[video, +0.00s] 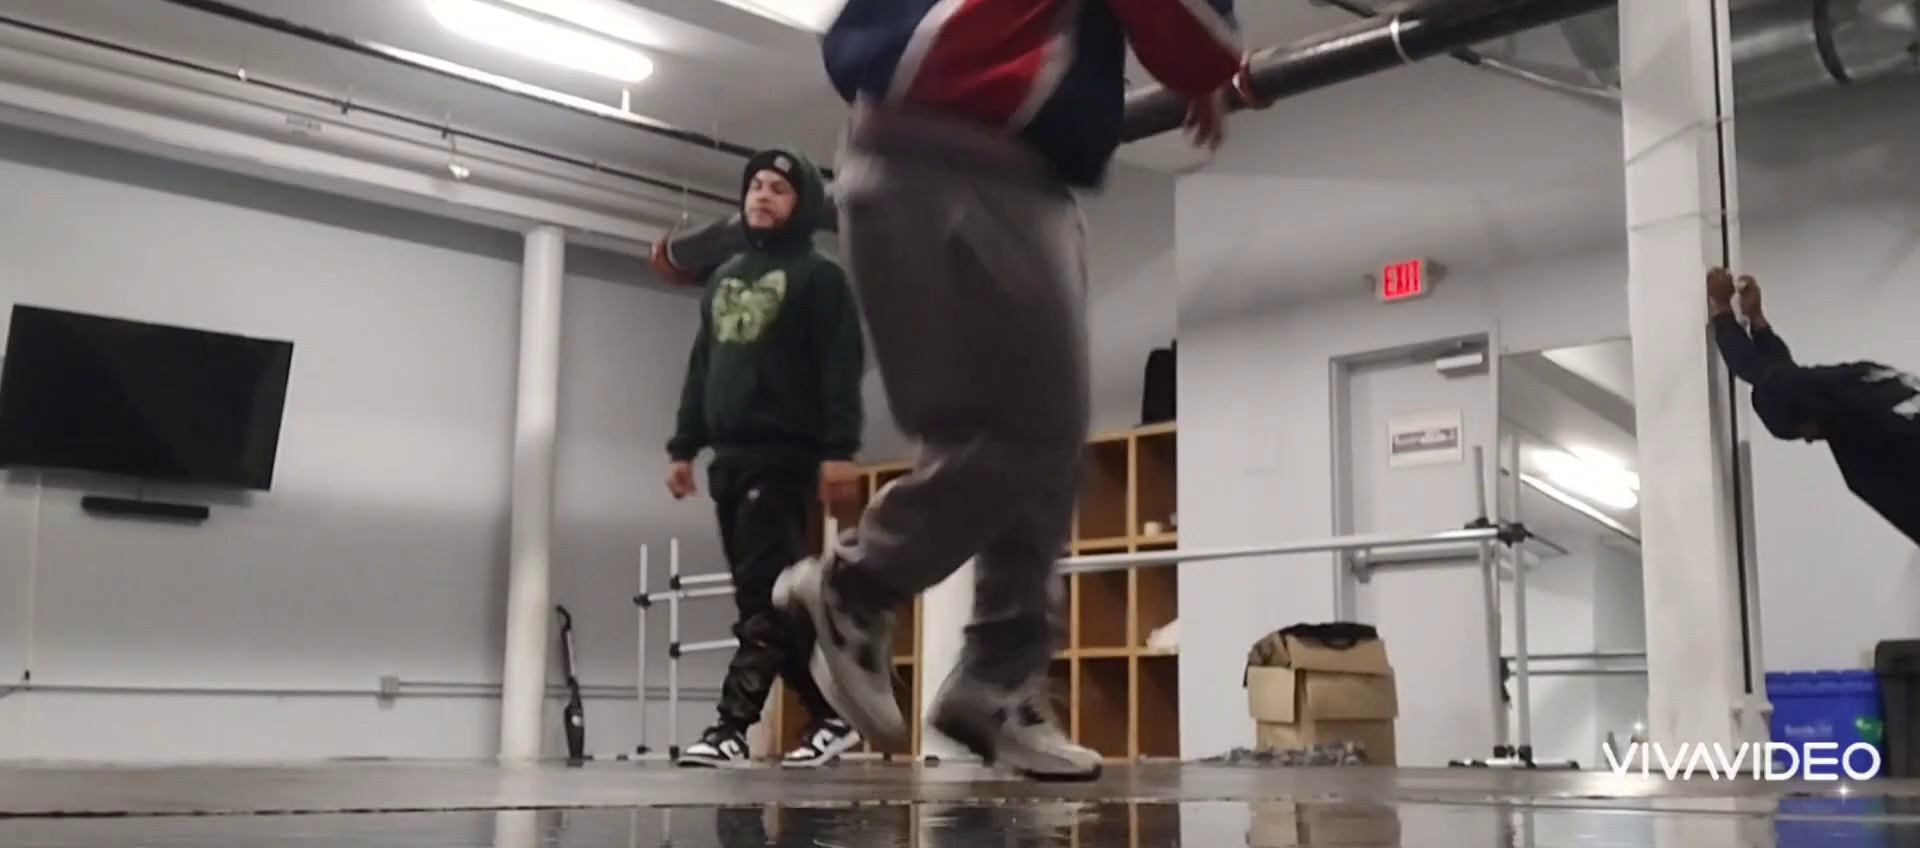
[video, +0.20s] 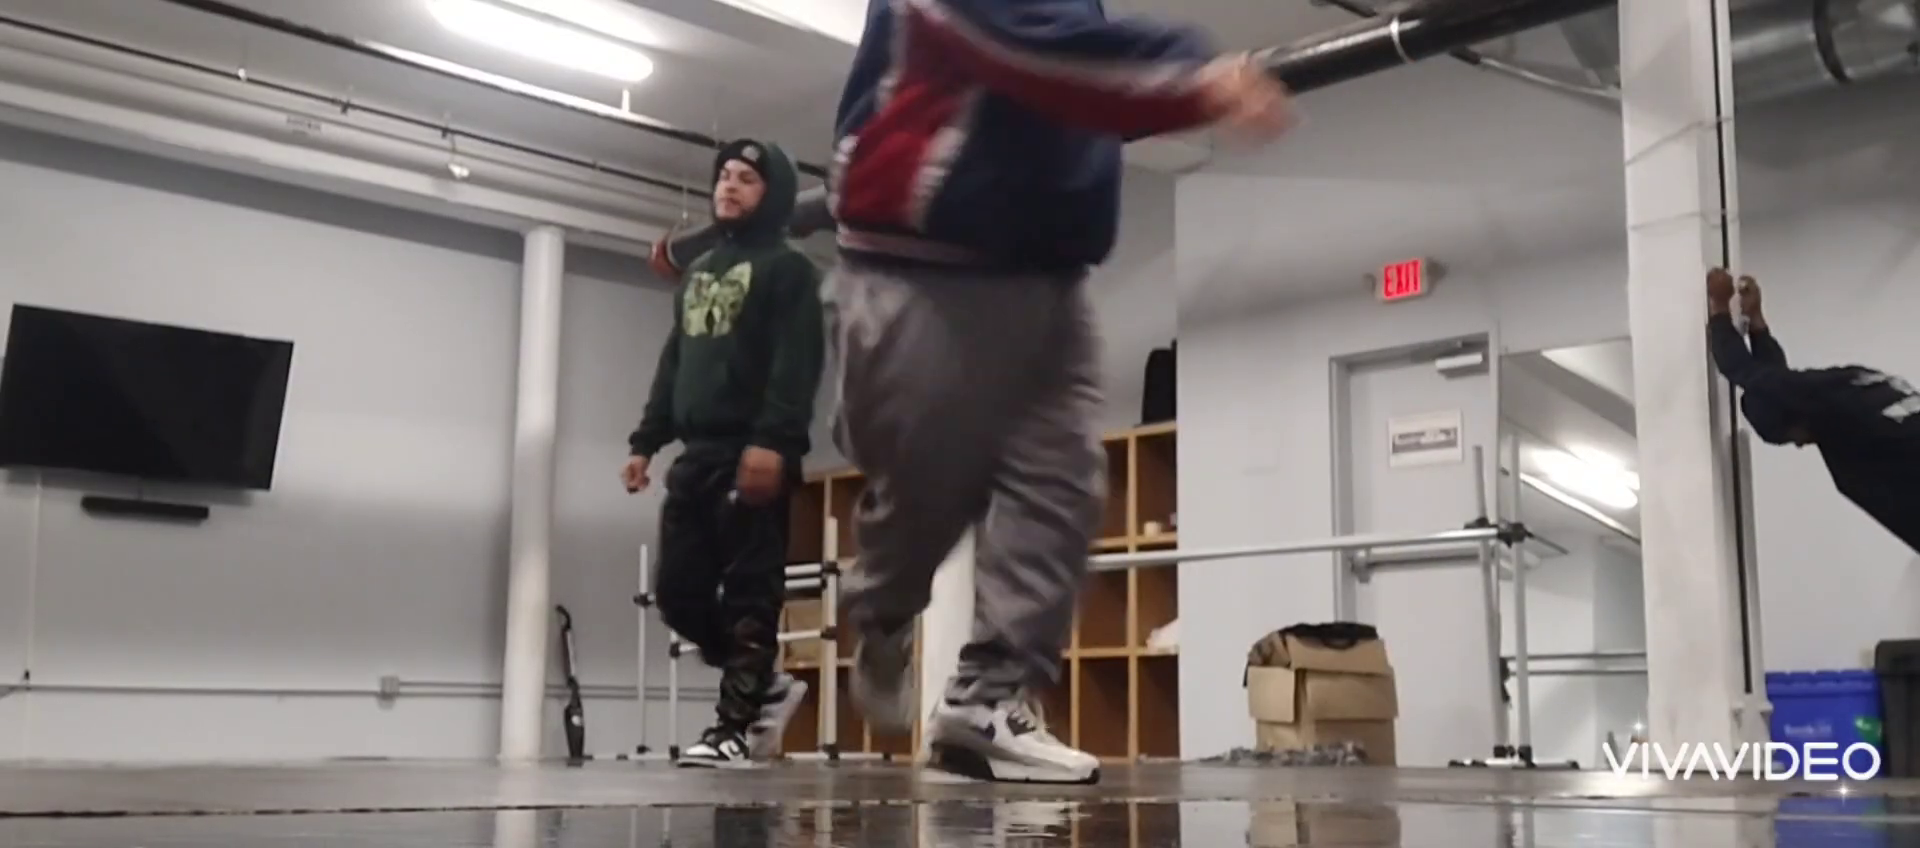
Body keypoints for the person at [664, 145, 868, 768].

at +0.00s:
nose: (765, 195)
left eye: (780, 188)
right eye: (757, 185)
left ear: (801, 205)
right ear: (744, 198)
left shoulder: (821, 276)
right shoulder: (727, 275)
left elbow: (843, 369)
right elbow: (703, 364)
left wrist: (840, 453)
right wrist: (684, 447)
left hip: (787, 455)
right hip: (729, 456)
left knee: (763, 592)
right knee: (763, 592)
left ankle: (731, 730)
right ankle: (830, 718)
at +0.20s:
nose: (730, 187)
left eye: (746, 180)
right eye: (725, 177)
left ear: (773, 196)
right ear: (714, 190)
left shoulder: (788, 268)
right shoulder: (700, 270)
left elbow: (796, 365)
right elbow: (676, 360)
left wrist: (772, 444)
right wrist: (645, 444)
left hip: (756, 452)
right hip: (698, 451)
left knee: (751, 588)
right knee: (679, 592)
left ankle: (734, 730)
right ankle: (770, 687)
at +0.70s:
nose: (638, 164)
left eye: (652, 157)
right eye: (627, 156)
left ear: (675, 175)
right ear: (612, 173)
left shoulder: (704, 248)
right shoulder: (589, 254)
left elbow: (729, 340)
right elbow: (563, 349)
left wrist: (727, 428)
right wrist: (547, 439)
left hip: (674, 444)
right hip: (595, 443)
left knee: (687, 589)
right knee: (577, 593)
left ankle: (719, 723)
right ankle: (575, 728)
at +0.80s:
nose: (627, 161)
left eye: (641, 154)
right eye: (616, 152)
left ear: (661, 173)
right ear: (597, 168)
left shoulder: (692, 247)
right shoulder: (568, 251)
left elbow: (722, 338)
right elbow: (535, 343)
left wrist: (732, 425)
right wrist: (506, 429)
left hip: (659, 439)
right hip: (582, 439)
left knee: (663, 584)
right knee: (568, 589)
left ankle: (702, 718)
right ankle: (573, 729)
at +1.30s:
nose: (644, 167)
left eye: (653, 161)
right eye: (632, 153)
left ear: (660, 176)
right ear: (599, 158)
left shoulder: (675, 253)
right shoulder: (550, 241)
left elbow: (698, 347)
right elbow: (516, 329)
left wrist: (702, 430)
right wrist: (507, 415)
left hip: (656, 443)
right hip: (577, 439)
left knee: (671, 591)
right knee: (573, 589)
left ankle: (678, 724)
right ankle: (571, 728)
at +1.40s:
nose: (658, 170)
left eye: (667, 164)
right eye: (645, 156)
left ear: (672, 181)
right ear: (613, 162)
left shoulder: (683, 258)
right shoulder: (565, 242)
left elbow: (704, 352)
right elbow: (540, 336)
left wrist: (712, 434)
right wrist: (548, 421)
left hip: (660, 447)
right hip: (583, 444)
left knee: (671, 593)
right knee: (578, 592)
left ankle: (677, 725)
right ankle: (574, 726)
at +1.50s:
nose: (675, 177)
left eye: (682, 169)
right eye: (662, 162)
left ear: (687, 184)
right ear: (628, 167)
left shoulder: (694, 263)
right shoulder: (583, 243)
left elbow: (714, 357)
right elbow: (562, 337)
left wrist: (724, 440)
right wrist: (580, 421)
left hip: (675, 449)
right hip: (603, 444)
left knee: (675, 594)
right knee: (587, 591)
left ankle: (681, 728)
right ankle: (573, 728)